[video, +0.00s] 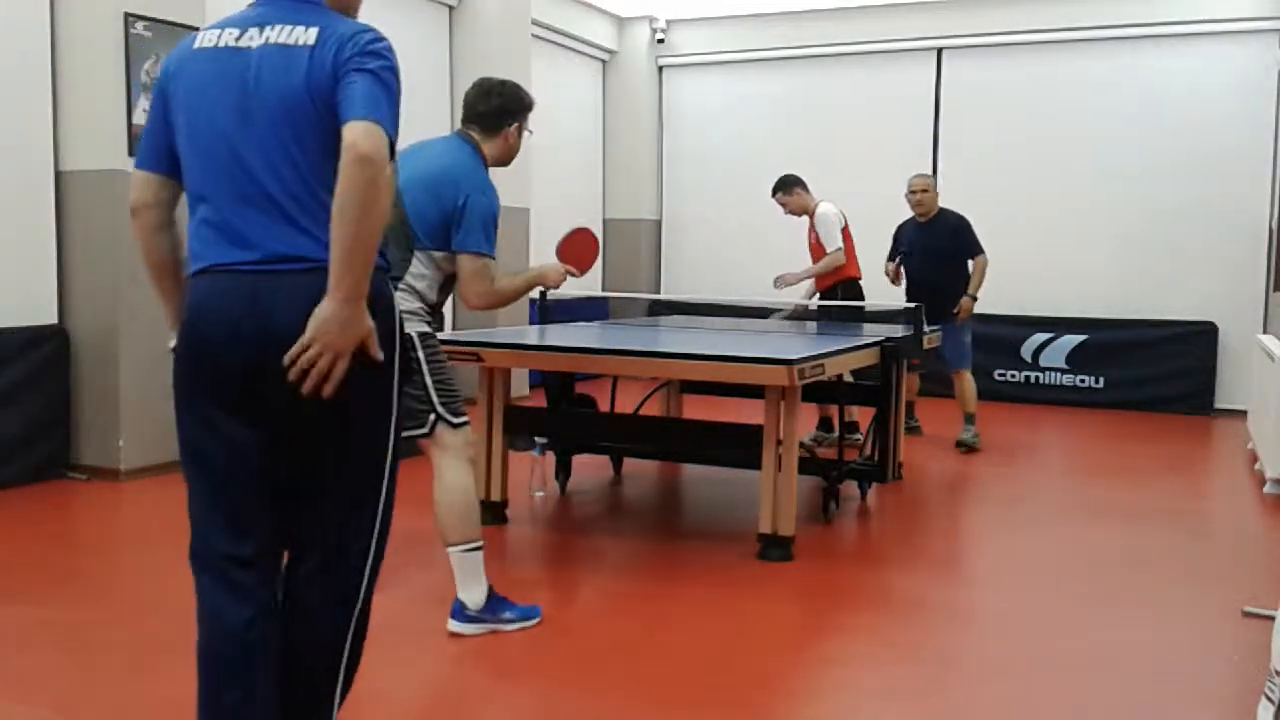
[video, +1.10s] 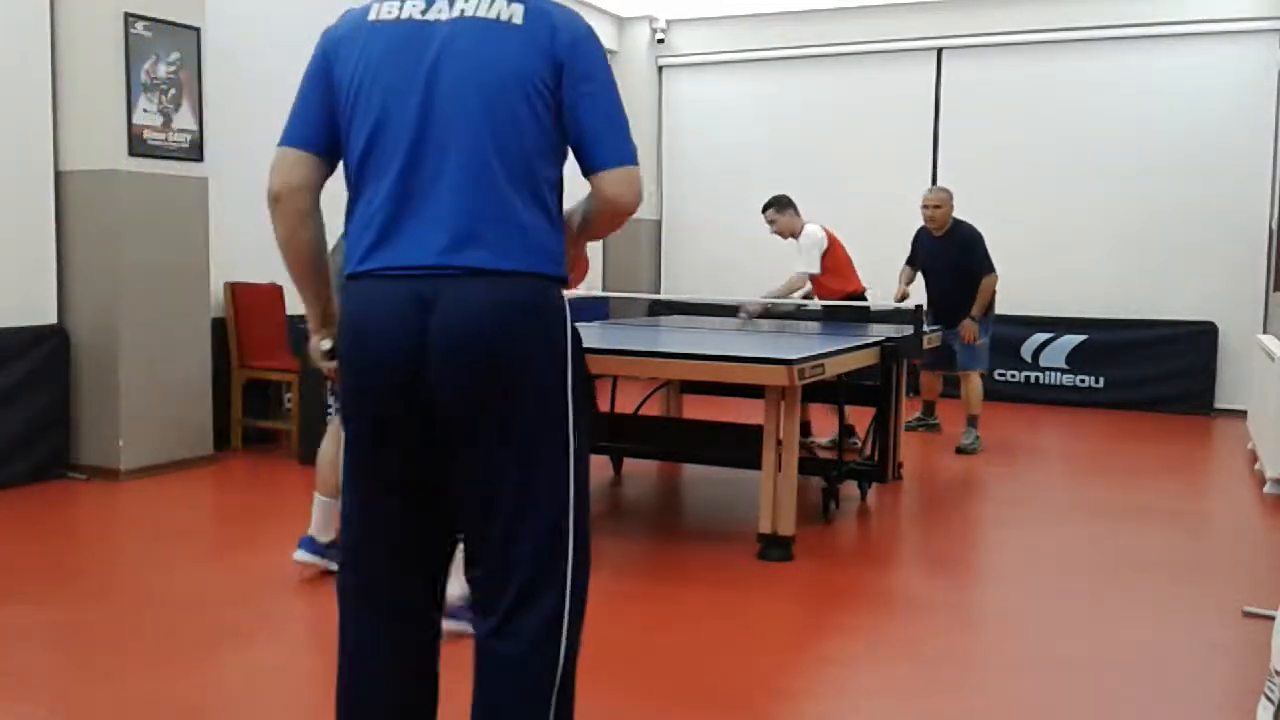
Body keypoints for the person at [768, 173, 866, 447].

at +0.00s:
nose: (785, 211)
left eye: (784, 204)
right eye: (781, 206)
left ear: (798, 192)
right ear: (797, 195)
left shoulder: (825, 214)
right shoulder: (817, 218)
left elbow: (838, 257)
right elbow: (825, 268)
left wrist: (799, 276)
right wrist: (805, 300)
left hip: (843, 294)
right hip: (831, 295)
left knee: (830, 363)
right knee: (829, 364)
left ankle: (828, 426)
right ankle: (846, 425)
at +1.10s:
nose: (772, 230)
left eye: (773, 222)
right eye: (769, 224)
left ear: (789, 214)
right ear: (790, 216)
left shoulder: (811, 234)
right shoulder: (809, 236)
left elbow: (802, 279)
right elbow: (825, 281)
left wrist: (764, 301)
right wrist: (801, 295)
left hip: (847, 308)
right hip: (836, 308)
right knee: (831, 370)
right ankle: (846, 428)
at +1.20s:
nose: (765, 237)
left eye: (765, 229)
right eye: (762, 231)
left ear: (780, 220)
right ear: (783, 222)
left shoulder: (805, 239)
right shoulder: (806, 239)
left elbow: (788, 285)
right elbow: (818, 284)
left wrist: (749, 302)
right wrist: (797, 299)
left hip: (844, 311)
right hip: (832, 311)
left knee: (821, 373)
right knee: (813, 371)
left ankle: (845, 429)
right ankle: (844, 428)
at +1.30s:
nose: (758, 244)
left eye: (758, 236)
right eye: (755, 238)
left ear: (774, 228)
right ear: (776, 229)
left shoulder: (797, 245)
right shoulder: (794, 247)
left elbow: (776, 292)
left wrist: (736, 304)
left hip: (836, 316)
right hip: (825, 316)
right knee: (809, 375)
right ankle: (842, 426)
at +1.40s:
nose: (751, 252)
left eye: (752, 244)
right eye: (749, 246)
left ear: (768, 236)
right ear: (771, 237)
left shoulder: (790, 253)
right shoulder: (789, 254)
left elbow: (766, 299)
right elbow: (772, 301)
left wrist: (724, 309)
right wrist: (734, 307)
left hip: (830, 319)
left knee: (779, 374)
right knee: (798, 376)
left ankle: (799, 431)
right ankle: (839, 422)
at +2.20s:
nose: (739, 237)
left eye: (740, 229)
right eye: (738, 231)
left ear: (756, 224)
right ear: (760, 225)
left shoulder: (771, 242)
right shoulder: (783, 245)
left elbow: (738, 279)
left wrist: (691, 287)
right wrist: (757, 290)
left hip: (802, 317)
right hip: (819, 315)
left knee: (773, 368)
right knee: (775, 368)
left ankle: (798, 433)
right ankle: (798, 432)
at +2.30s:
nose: (745, 219)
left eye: (747, 212)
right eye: (744, 213)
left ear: (764, 209)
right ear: (768, 211)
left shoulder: (773, 227)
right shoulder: (784, 232)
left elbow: (741, 249)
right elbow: (782, 281)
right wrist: (753, 271)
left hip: (804, 314)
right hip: (808, 312)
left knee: (781, 376)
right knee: (781, 375)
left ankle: (801, 435)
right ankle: (799, 434)